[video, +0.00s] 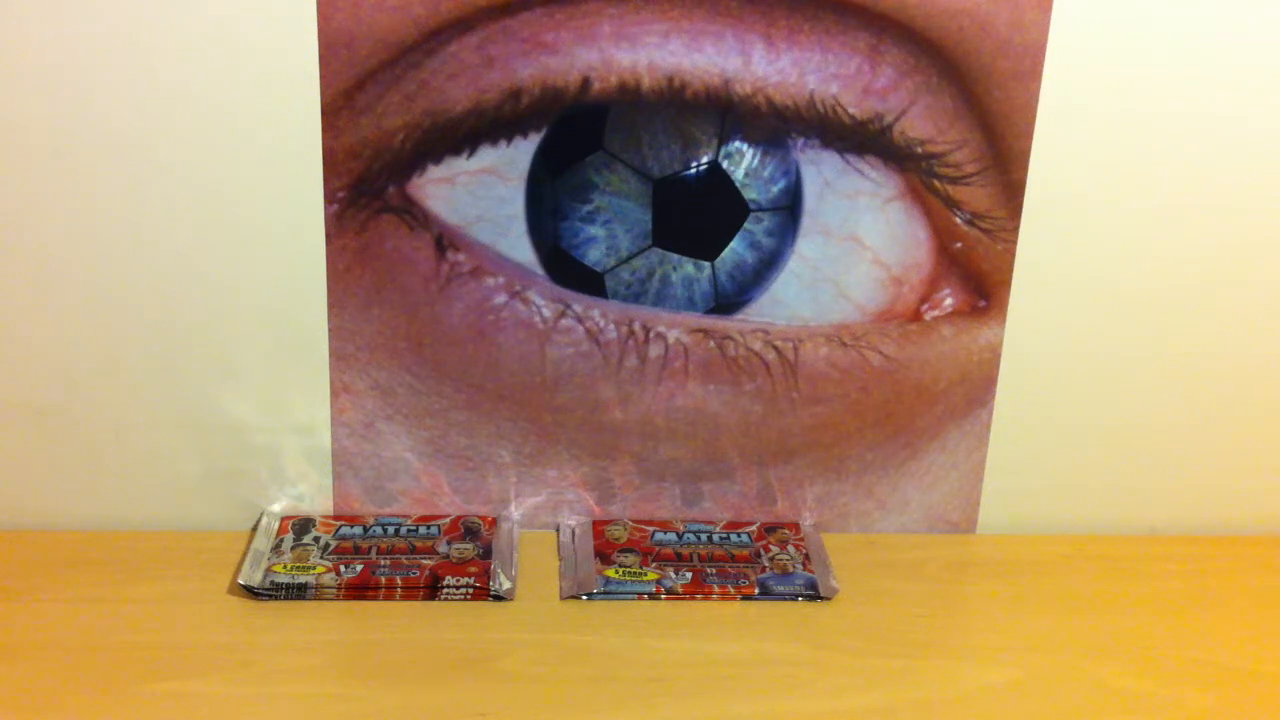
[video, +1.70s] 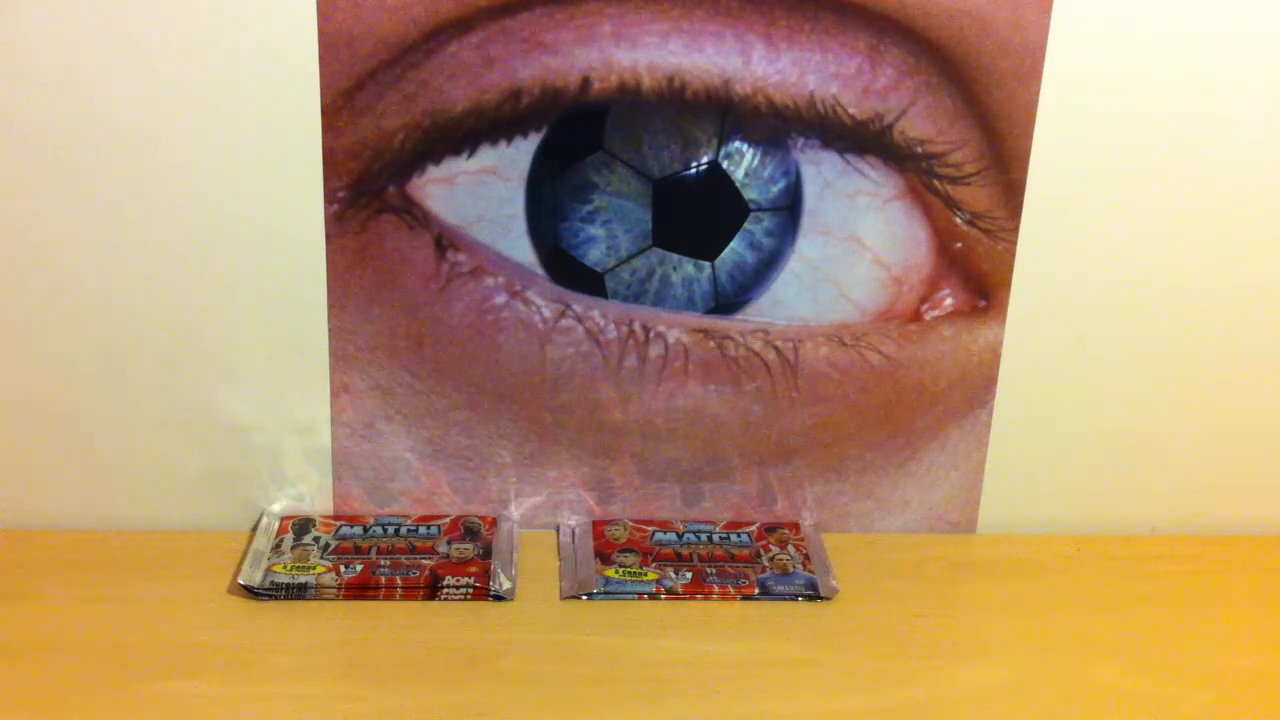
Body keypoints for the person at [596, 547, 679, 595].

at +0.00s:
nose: (621, 560)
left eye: (626, 557)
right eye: (619, 557)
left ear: (638, 558)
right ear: (616, 558)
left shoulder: (651, 573)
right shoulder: (610, 571)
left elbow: (672, 589)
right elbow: (596, 589)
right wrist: (596, 574)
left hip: (641, 607)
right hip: (612, 606)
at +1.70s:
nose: (621, 560)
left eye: (626, 557)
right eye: (619, 557)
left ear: (638, 558)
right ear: (616, 558)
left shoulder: (651, 573)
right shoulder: (609, 571)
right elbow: (597, 589)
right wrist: (596, 574)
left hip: (641, 606)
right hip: (612, 605)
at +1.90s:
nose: (621, 560)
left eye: (626, 557)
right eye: (619, 557)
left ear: (638, 558)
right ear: (616, 558)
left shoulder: (651, 573)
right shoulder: (609, 571)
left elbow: (674, 589)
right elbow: (596, 589)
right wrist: (597, 574)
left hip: (640, 606)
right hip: (612, 605)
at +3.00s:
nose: (621, 560)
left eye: (626, 557)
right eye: (619, 557)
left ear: (638, 558)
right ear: (616, 558)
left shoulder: (650, 573)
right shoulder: (610, 571)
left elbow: (665, 582)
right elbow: (597, 586)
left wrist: (672, 588)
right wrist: (597, 574)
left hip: (642, 604)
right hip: (613, 604)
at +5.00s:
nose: (621, 560)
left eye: (626, 557)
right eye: (619, 557)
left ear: (638, 558)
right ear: (616, 558)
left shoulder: (651, 573)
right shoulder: (609, 572)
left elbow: (669, 586)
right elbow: (597, 587)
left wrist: (675, 589)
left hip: (642, 606)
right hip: (613, 606)